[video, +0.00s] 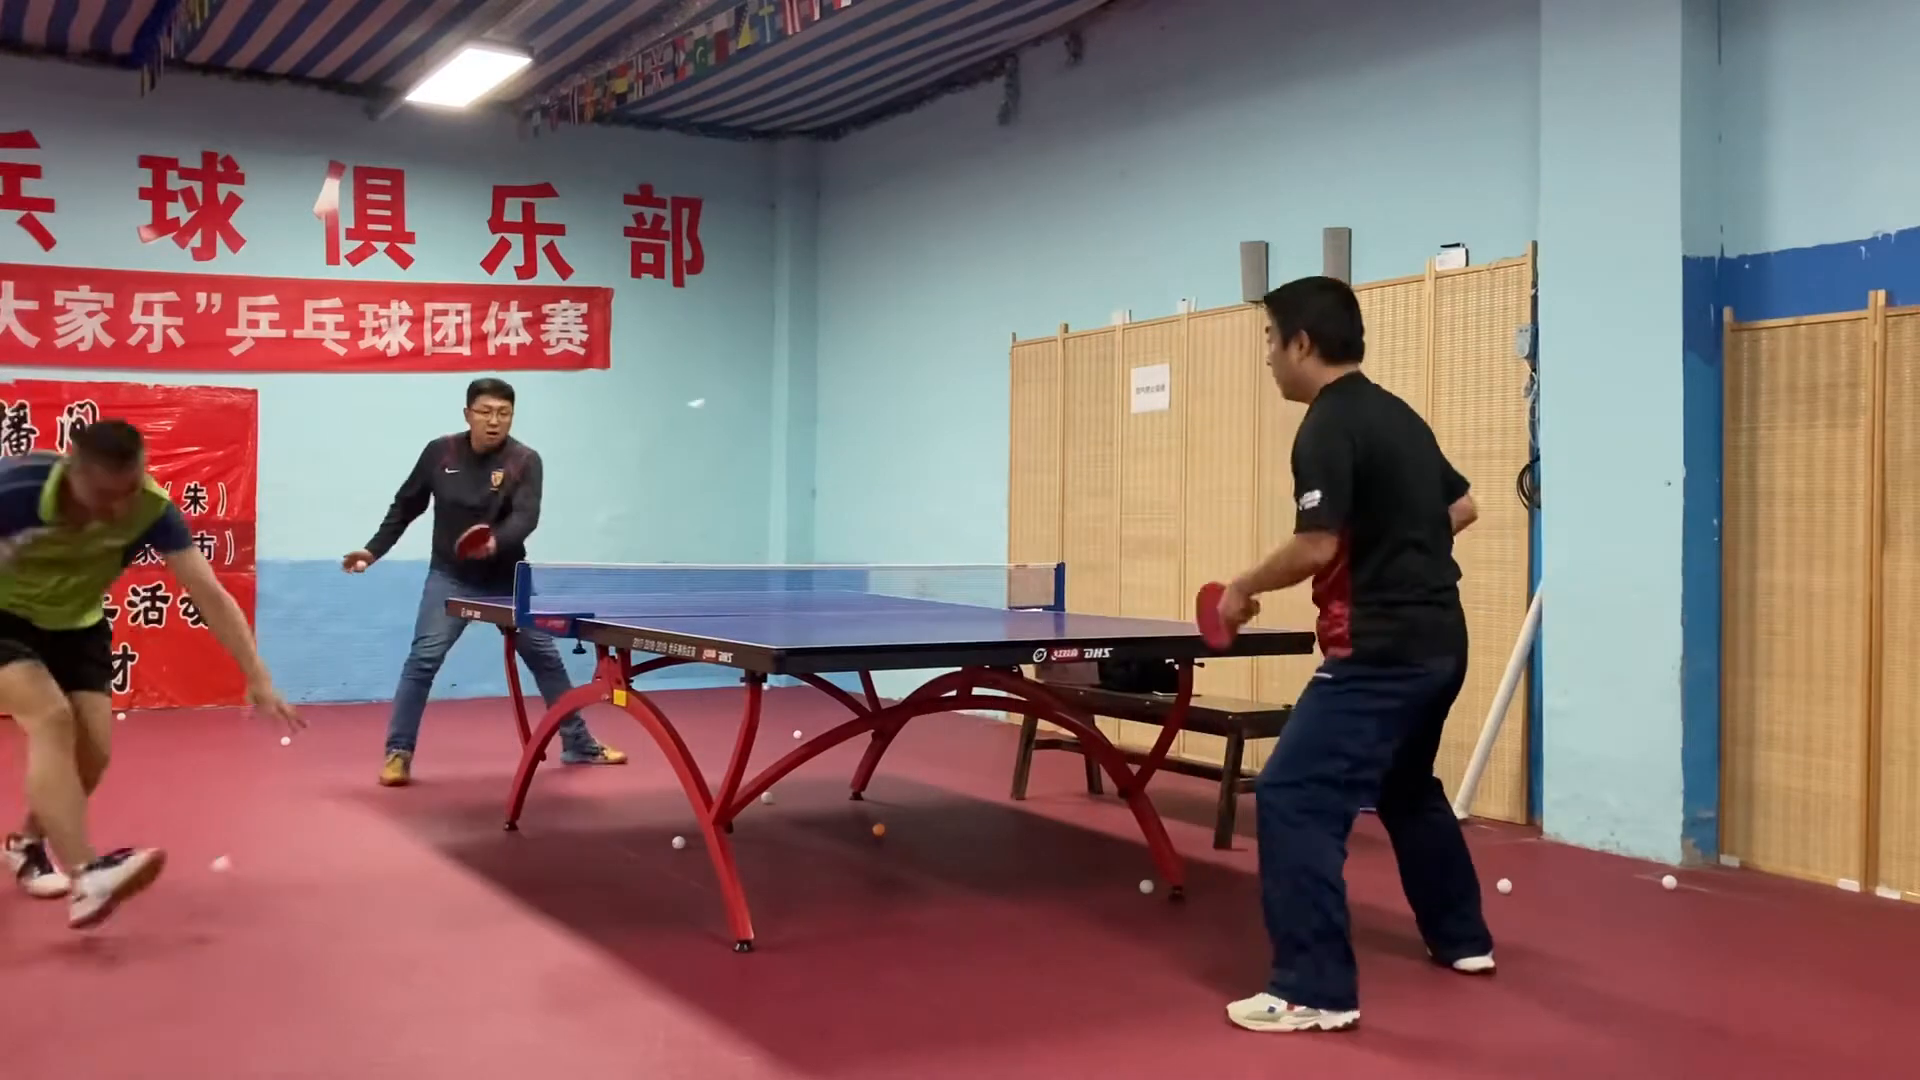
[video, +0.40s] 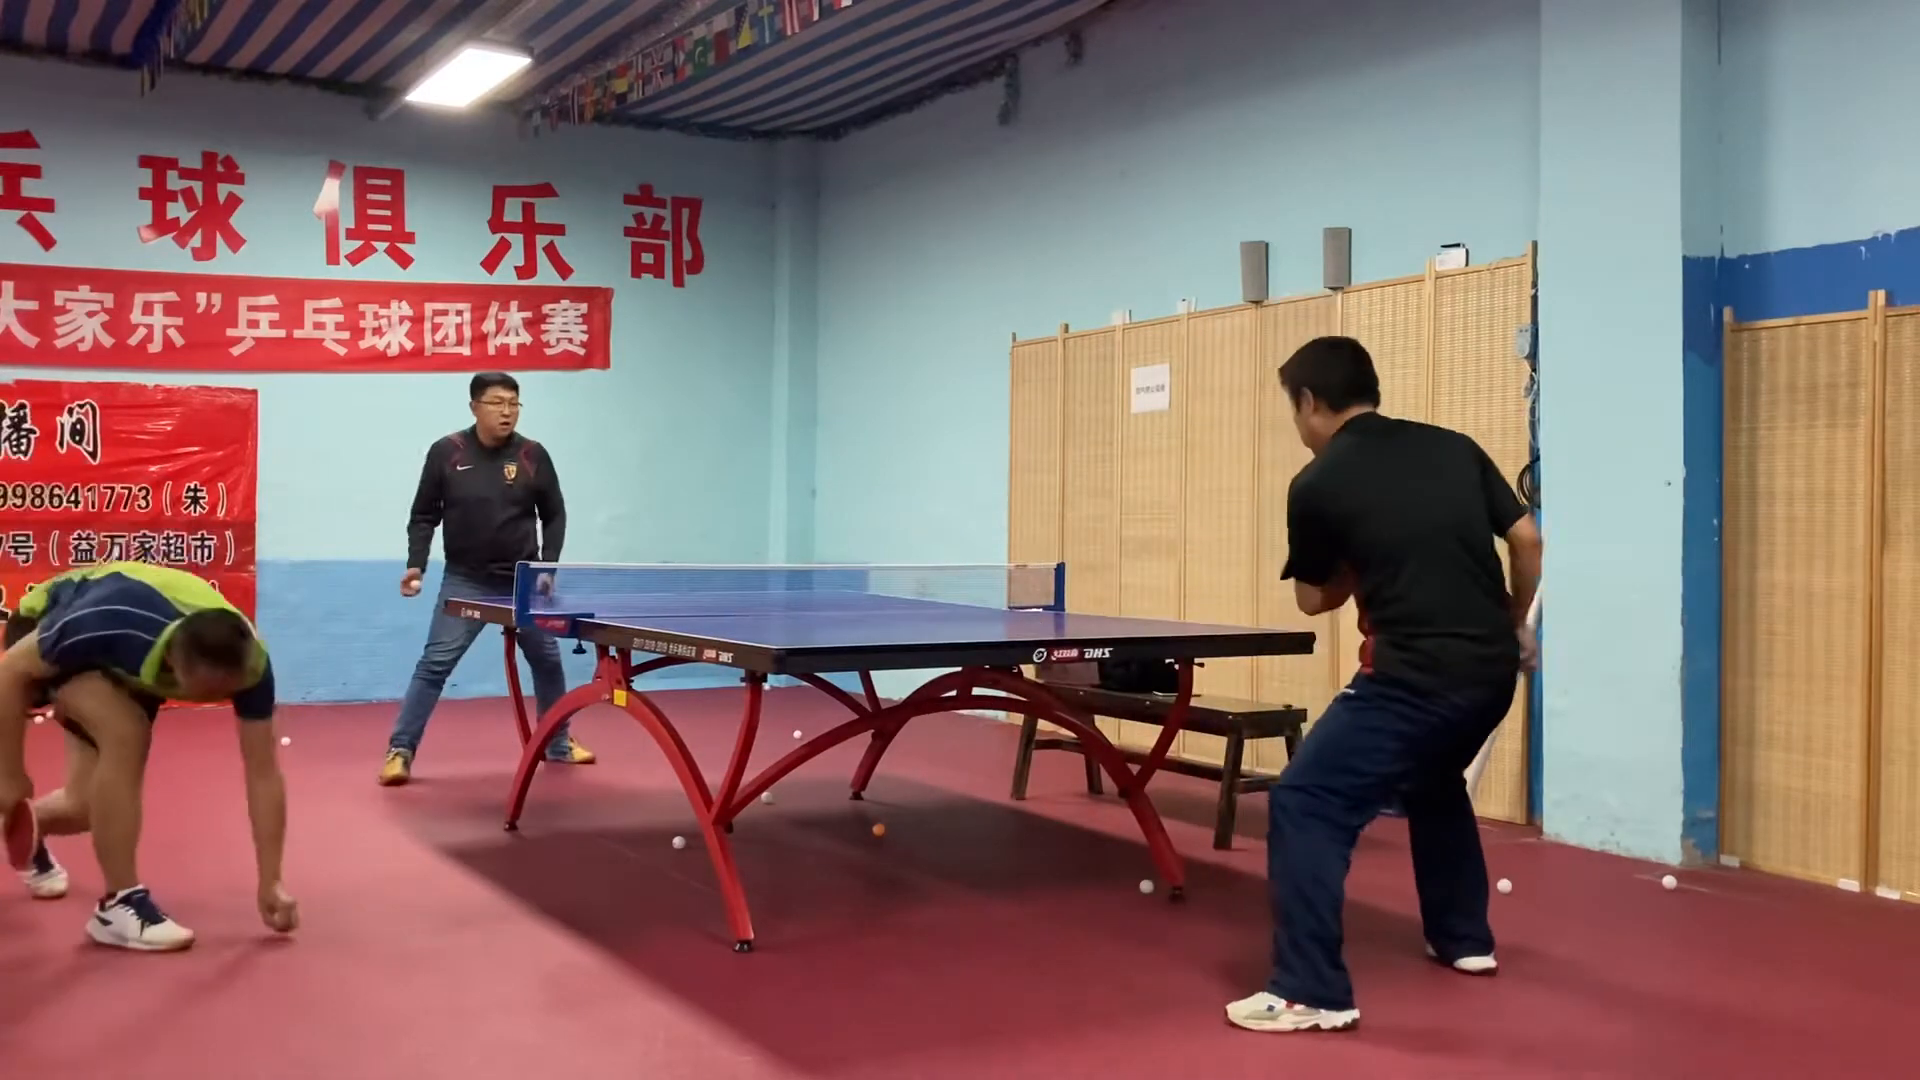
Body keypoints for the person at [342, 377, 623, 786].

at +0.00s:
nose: (495, 421)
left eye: (503, 414)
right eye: (486, 413)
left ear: (512, 418)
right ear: (468, 414)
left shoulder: (524, 460)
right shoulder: (439, 453)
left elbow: (524, 518)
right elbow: (405, 506)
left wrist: (493, 542)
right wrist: (371, 551)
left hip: (504, 578)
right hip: (450, 575)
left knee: (545, 656)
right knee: (424, 658)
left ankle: (578, 743)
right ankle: (399, 752)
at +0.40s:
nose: (507, 412)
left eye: (513, 404)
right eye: (497, 404)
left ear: (520, 409)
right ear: (475, 407)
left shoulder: (534, 456)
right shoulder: (446, 453)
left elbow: (554, 514)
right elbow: (424, 515)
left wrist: (547, 568)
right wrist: (416, 565)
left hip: (521, 579)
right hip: (465, 578)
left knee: (548, 658)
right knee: (435, 663)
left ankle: (557, 742)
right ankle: (401, 750)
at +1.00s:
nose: (454, 399)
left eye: (461, 391)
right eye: (444, 391)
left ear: (469, 397)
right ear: (423, 397)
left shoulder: (487, 443)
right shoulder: (398, 446)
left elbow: (510, 499)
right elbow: (371, 510)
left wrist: (514, 530)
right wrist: (385, 539)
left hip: (488, 577)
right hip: (426, 577)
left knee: (531, 652)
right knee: (403, 664)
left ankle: (543, 738)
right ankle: (396, 754)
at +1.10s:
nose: (446, 390)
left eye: (452, 383)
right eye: (435, 382)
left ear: (460, 388)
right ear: (414, 388)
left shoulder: (479, 433)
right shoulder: (388, 438)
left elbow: (508, 489)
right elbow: (365, 502)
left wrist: (501, 514)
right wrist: (377, 534)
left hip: (481, 571)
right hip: (420, 573)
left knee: (518, 648)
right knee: (404, 664)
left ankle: (509, 737)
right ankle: (396, 753)